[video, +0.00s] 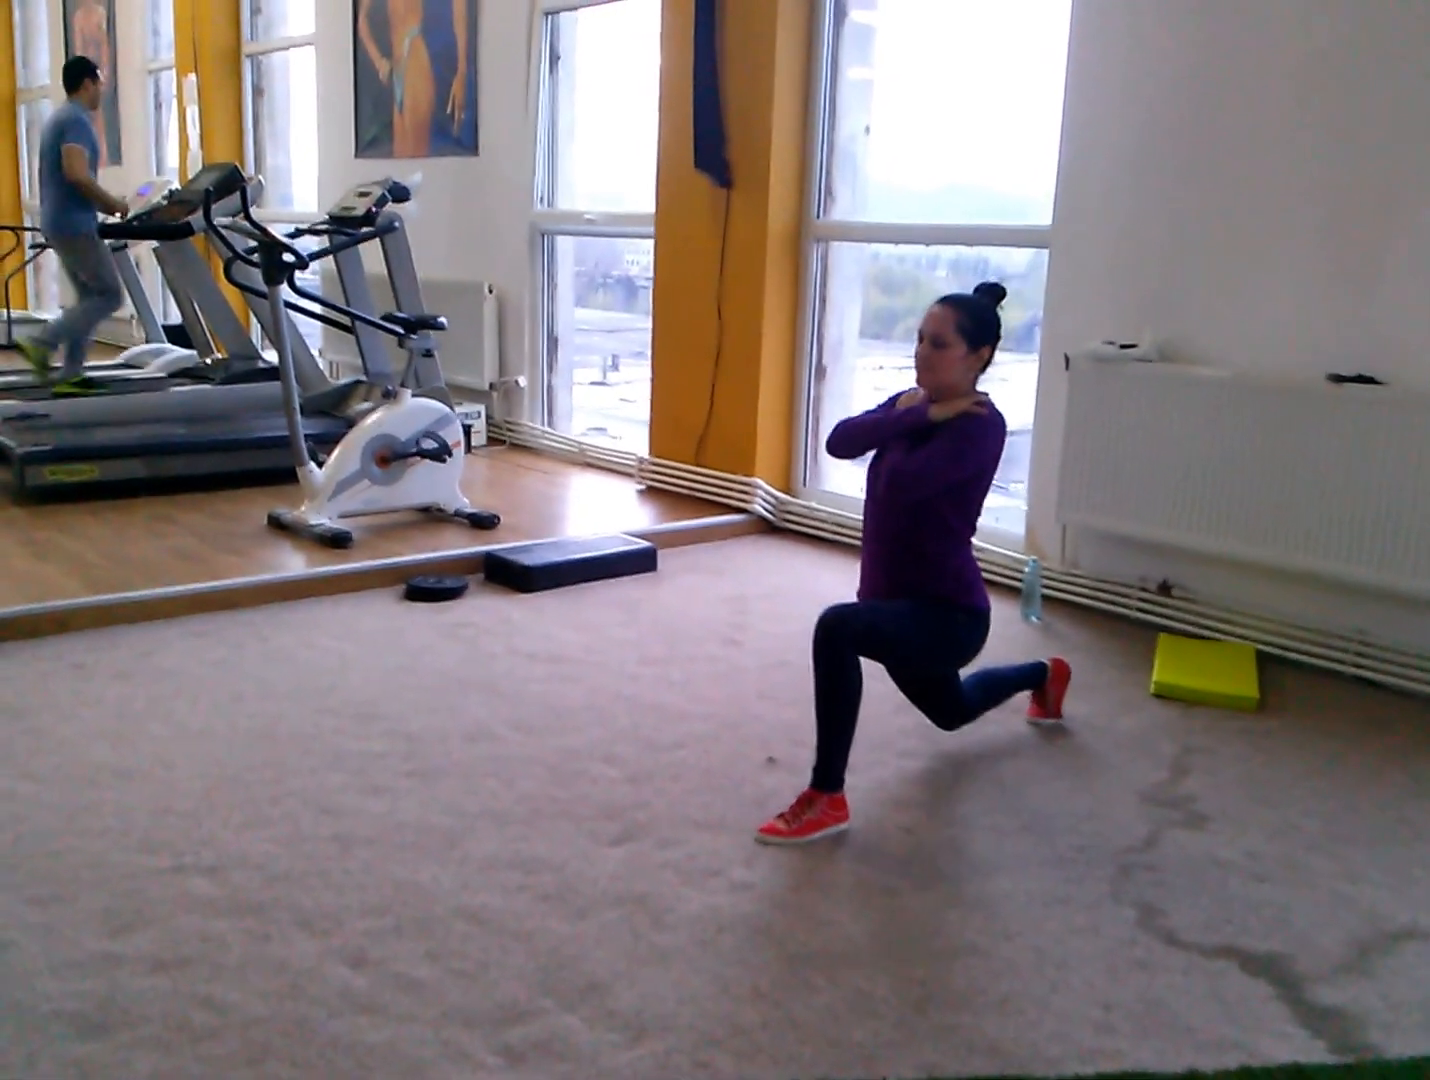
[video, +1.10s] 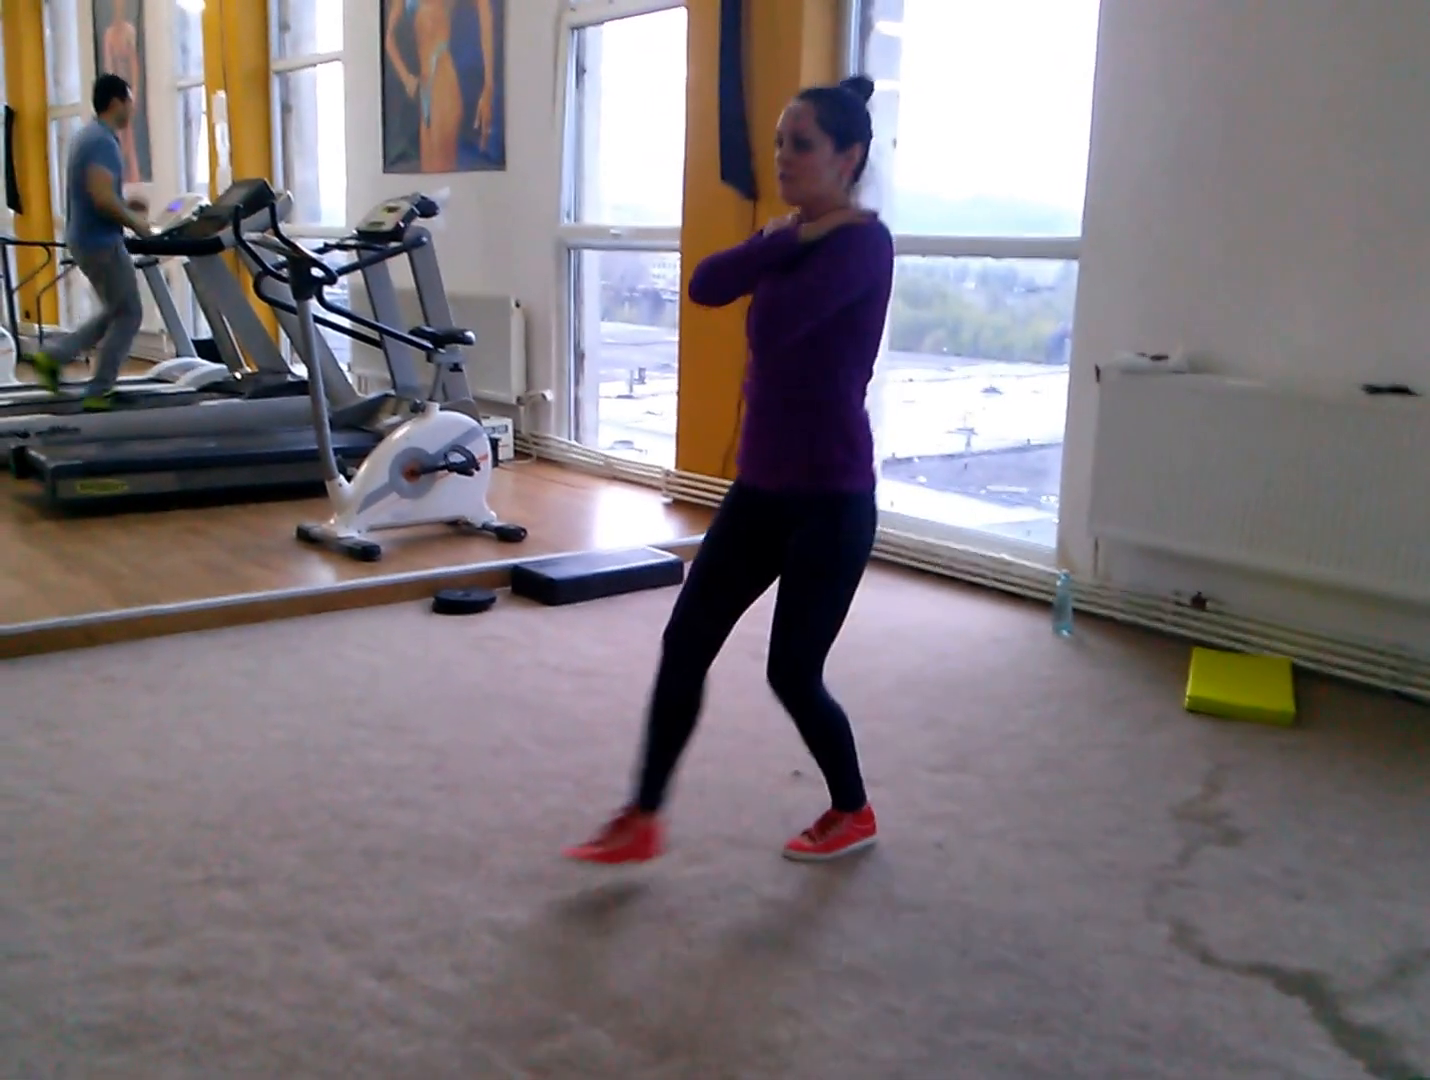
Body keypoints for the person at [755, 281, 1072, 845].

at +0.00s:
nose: (920, 353)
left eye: (937, 344)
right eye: (919, 340)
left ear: (979, 359)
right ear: (914, 342)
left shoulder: (982, 428)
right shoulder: (908, 404)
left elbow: (902, 485)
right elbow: (838, 443)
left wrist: (897, 425)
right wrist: (914, 412)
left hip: (949, 617)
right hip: (889, 608)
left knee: (837, 628)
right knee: (950, 709)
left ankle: (826, 795)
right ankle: (1044, 674)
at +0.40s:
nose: (851, 316)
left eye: (866, 304)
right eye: (848, 302)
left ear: (907, 315)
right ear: (842, 309)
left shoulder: (913, 384)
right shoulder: (843, 372)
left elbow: (847, 470)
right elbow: (774, 430)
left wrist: (838, 391)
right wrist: (842, 382)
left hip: (956, 574)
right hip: (912, 571)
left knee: (835, 638)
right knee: (970, 655)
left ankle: (834, 802)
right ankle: (1053, 685)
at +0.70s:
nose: (791, 212)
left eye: (808, 198)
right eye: (787, 197)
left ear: (856, 211)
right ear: (785, 207)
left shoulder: (869, 297)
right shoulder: (782, 286)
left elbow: (822, 404)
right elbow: (724, 366)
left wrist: (770, 321)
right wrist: (789, 306)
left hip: (916, 502)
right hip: (859, 506)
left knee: (826, 646)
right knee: (863, 655)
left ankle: (843, 806)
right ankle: (965, 675)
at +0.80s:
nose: (790, 172)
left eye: (808, 162)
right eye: (789, 160)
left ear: (856, 181)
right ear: (793, 173)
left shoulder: (868, 266)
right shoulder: (787, 256)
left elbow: (804, 362)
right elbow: (719, 329)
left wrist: (778, 284)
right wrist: (780, 273)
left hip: (898, 492)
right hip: (835, 490)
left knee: (822, 646)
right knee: (797, 640)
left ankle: (845, 807)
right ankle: (907, 694)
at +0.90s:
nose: (794, 154)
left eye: (812, 143)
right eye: (792, 142)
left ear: (859, 159)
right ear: (792, 155)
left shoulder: (870, 245)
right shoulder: (787, 237)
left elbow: (793, 337)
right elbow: (716, 302)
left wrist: (772, 264)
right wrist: (792, 243)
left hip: (878, 490)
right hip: (813, 484)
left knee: (816, 657)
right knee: (749, 631)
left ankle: (850, 808)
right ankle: (827, 734)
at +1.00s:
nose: (790, 147)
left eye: (809, 135)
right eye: (790, 133)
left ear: (859, 152)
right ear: (796, 146)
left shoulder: (871, 238)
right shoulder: (793, 236)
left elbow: (790, 323)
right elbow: (710, 287)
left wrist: (768, 252)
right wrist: (798, 237)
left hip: (854, 492)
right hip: (785, 484)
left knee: (804, 661)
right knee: (713, 628)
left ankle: (850, 808)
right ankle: (730, 787)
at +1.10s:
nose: (783, 157)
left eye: (801, 144)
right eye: (780, 143)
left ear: (851, 156)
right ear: (780, 152)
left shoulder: (865, 242)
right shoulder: (784, 240)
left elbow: (782, 325)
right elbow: (704, 287)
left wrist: (768, 255)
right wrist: (785, 236)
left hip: (833, 499)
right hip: (758, 490)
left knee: (794, 673)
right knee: (686, 646)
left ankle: (852, 810)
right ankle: (642, 817)